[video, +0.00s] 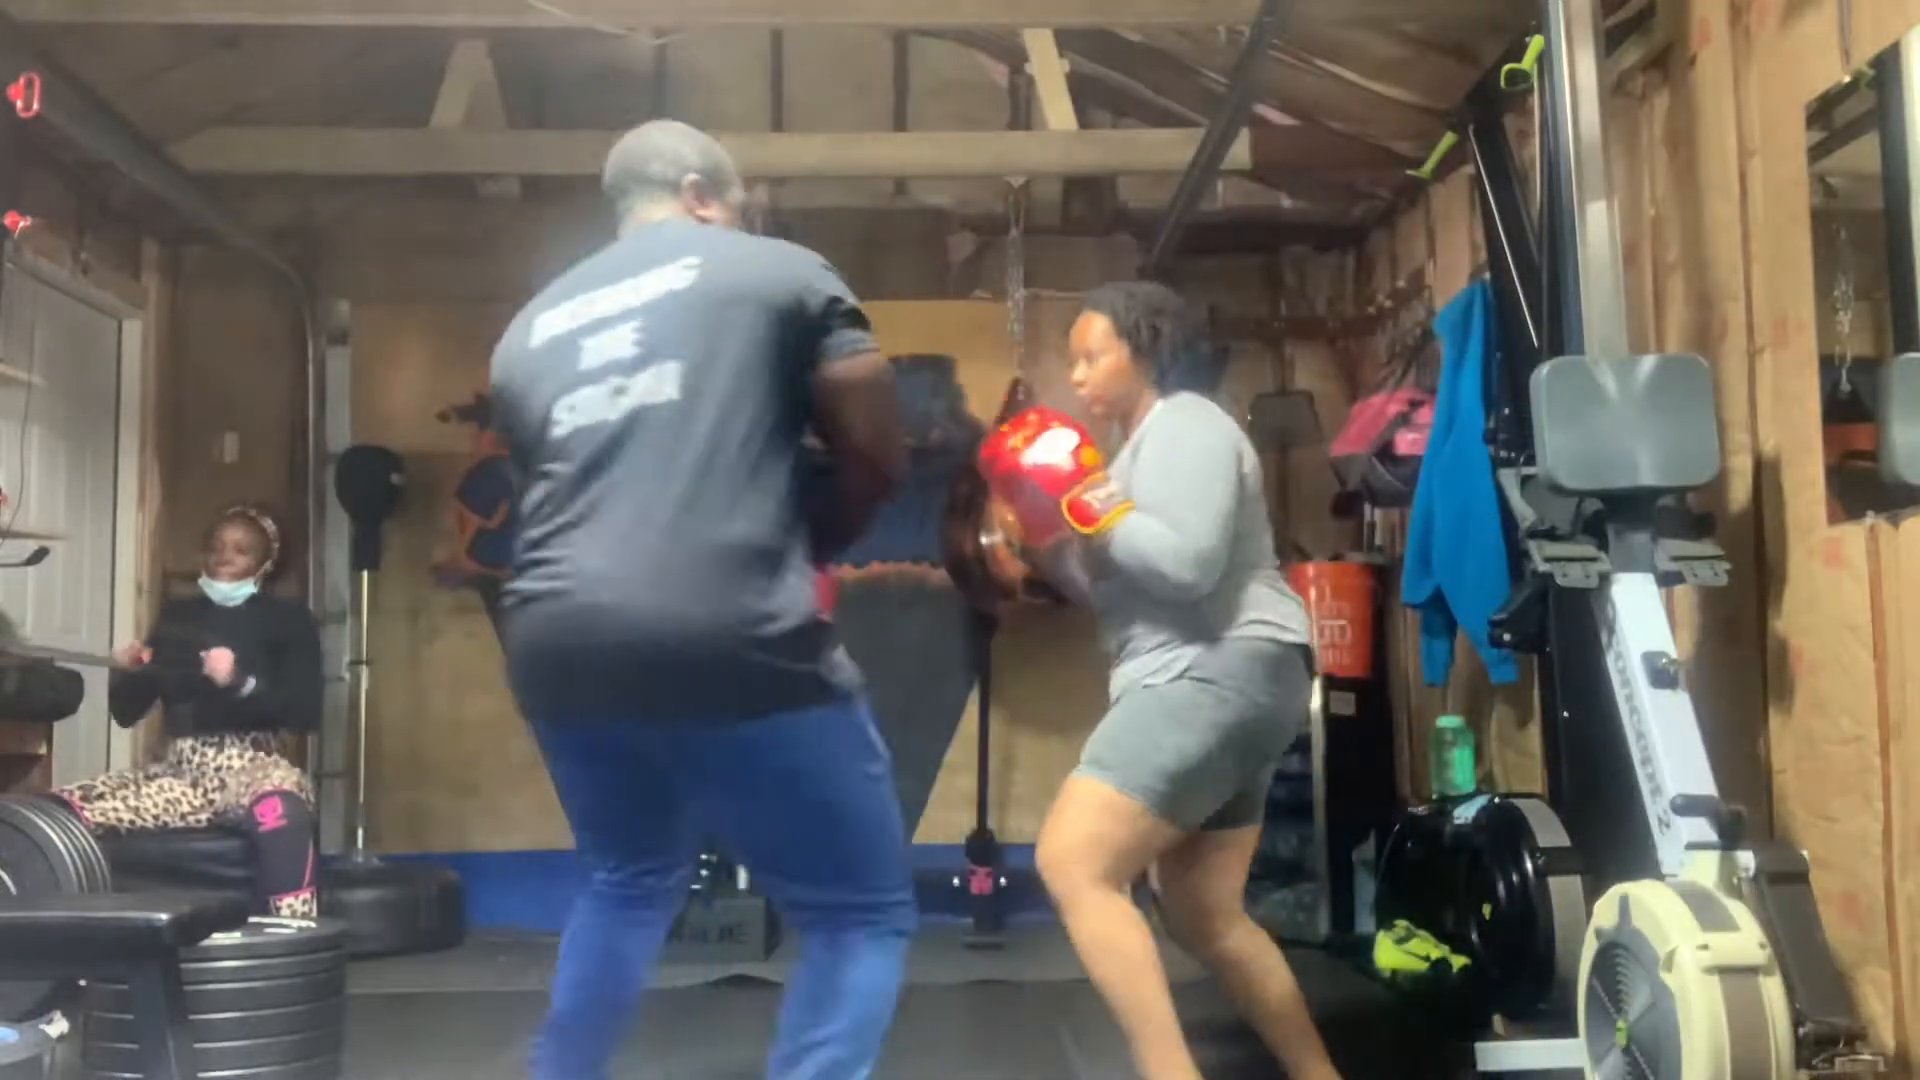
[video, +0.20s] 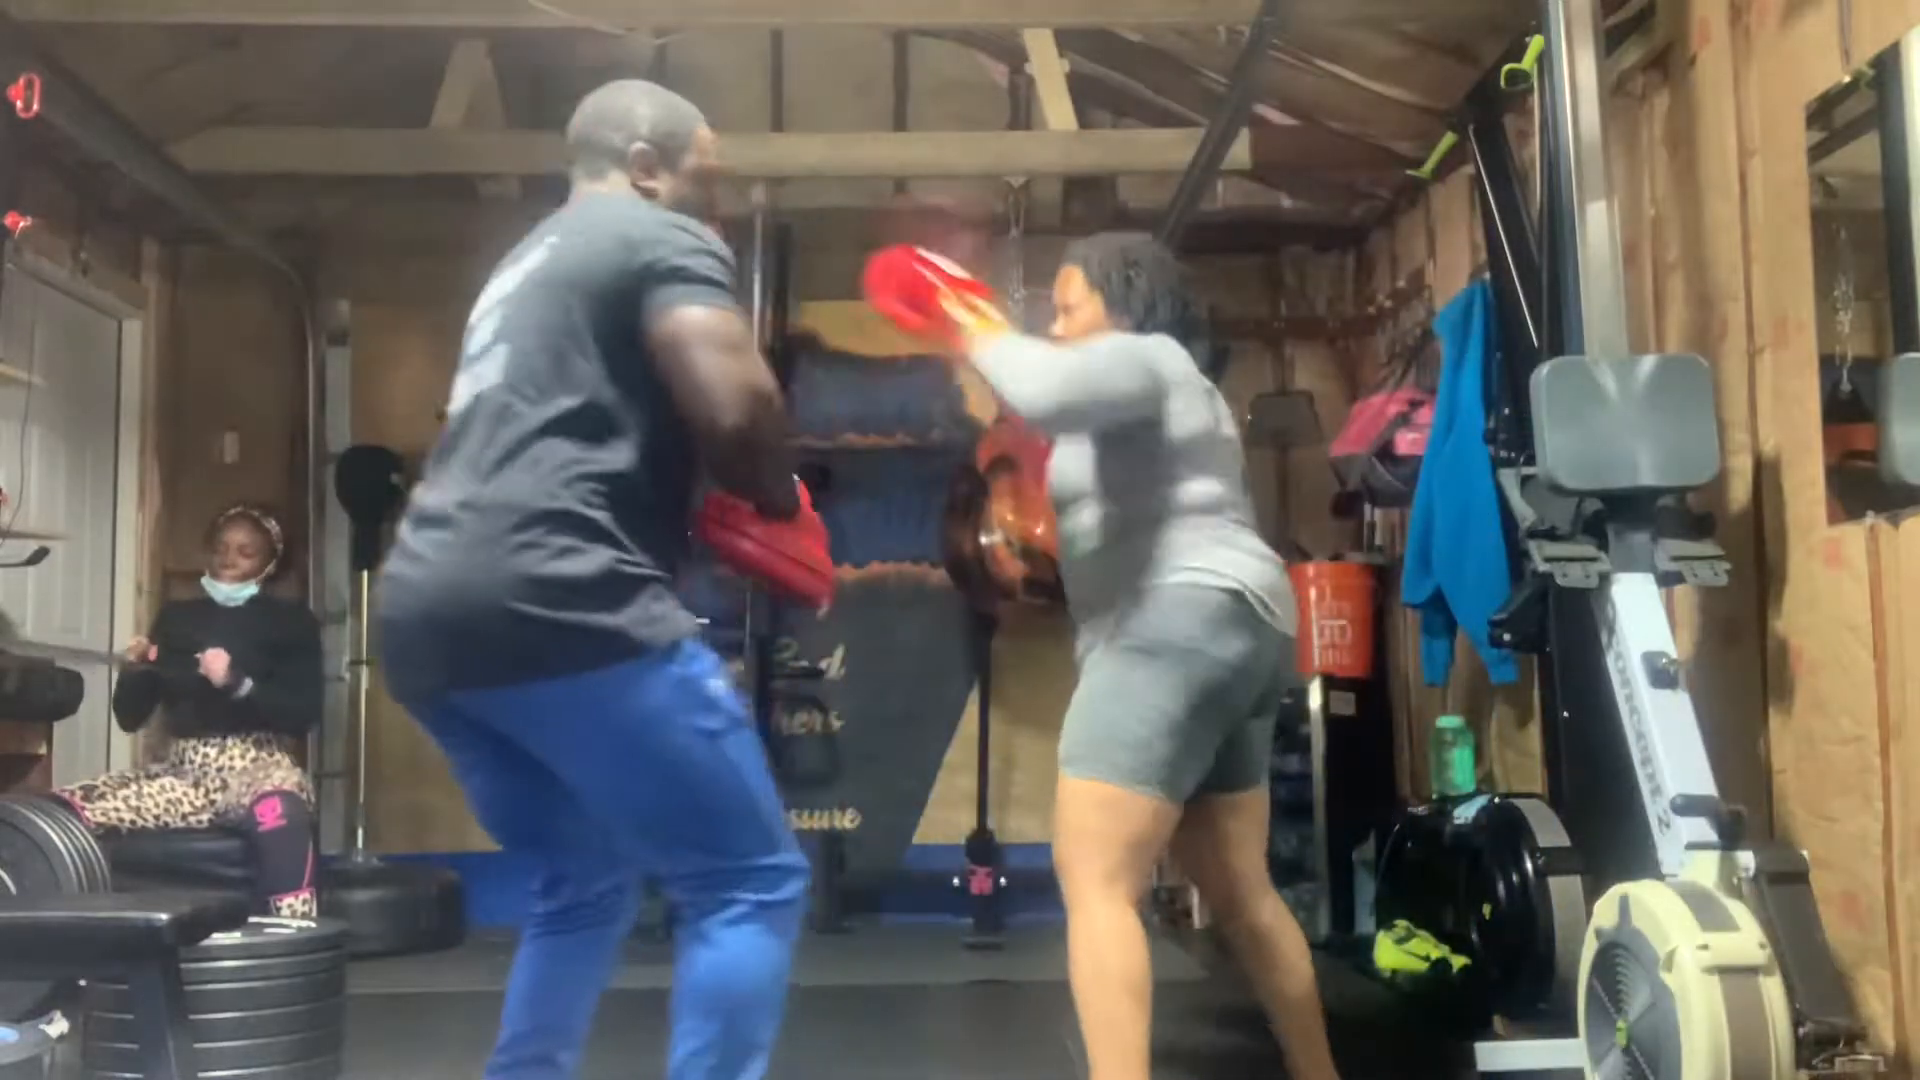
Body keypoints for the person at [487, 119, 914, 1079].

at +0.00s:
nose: (741, 221)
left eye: (736, 209)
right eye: (735, 206)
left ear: (618, 208)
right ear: (699, 195)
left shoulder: (527, 326)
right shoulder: (785, 274)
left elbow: (546, 491)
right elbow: (876, 461)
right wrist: (792, 542)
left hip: (558, 635)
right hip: (734, 629)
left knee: (627, 876)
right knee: (858, 914)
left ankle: (557, 1069)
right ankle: (808, 1071)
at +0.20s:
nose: (716, 198)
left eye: (716, 176)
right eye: (705, 177)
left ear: (596, 170)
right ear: (652, 166)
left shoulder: (527, 255)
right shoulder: (662, 239)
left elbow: (545, 431)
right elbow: (736, 406)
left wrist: (697, 504)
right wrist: (774, 494)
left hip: (420, 604)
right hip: (560, 591)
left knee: (579, 890)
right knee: (748, 884)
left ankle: (523, 1073)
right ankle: (709, 1070)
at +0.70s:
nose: (527, 124)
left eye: (530, 100)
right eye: (517, 95)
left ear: (436, 85)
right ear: (440, 80)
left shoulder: (426, 192)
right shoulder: (374, 153)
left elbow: (501, 340)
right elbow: (409, 340)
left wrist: (587, 218)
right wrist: (564, 421)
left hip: (340, 626)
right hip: (235, 603)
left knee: (410, 901)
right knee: (157, 944)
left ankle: (440, 1076)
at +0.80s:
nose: (483, 102)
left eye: (485, 75)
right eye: (470, 67)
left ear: (391, 48)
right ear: (389, 45)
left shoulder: (368, 177)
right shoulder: (302, 138)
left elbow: (462, 324)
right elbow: (322, 330)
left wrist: (578, 234)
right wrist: (506, 407)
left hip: (297, 618)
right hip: (185, 603)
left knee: (363, 897)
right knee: (124, 943)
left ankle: (407, 1075)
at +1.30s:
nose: (422, 95)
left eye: (425, 73)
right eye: (409, 58)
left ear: (321, 29)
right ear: (316, 22)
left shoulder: (300, 187)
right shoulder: (216, 125)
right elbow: (166, 324)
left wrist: (398, 525)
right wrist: (390, 420)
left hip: (282, 610)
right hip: (191, 607)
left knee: (302, 928)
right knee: (261, 935)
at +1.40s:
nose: (447, 84)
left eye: (452, 59)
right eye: (436, 45)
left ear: (354, 23)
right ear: (346, 17)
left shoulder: (323, 185)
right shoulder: (219, 113)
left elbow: (333, 423)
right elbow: (163, 312)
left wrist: (436, 522)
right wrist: (383, 406)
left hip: (283, 586)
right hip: (190, 579)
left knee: (279, 916)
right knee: (302, 911)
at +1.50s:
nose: (474, 81)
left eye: (483, 53)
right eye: (475, 41)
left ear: (404, 17)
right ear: (406, 9)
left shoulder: (356, 182)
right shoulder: (235, 93)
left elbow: (389, 393)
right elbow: (150, 277)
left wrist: (484, 494)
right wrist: (383, 388)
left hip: (282, 567)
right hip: (201, 561)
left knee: (228, 911)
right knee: (330, 880)